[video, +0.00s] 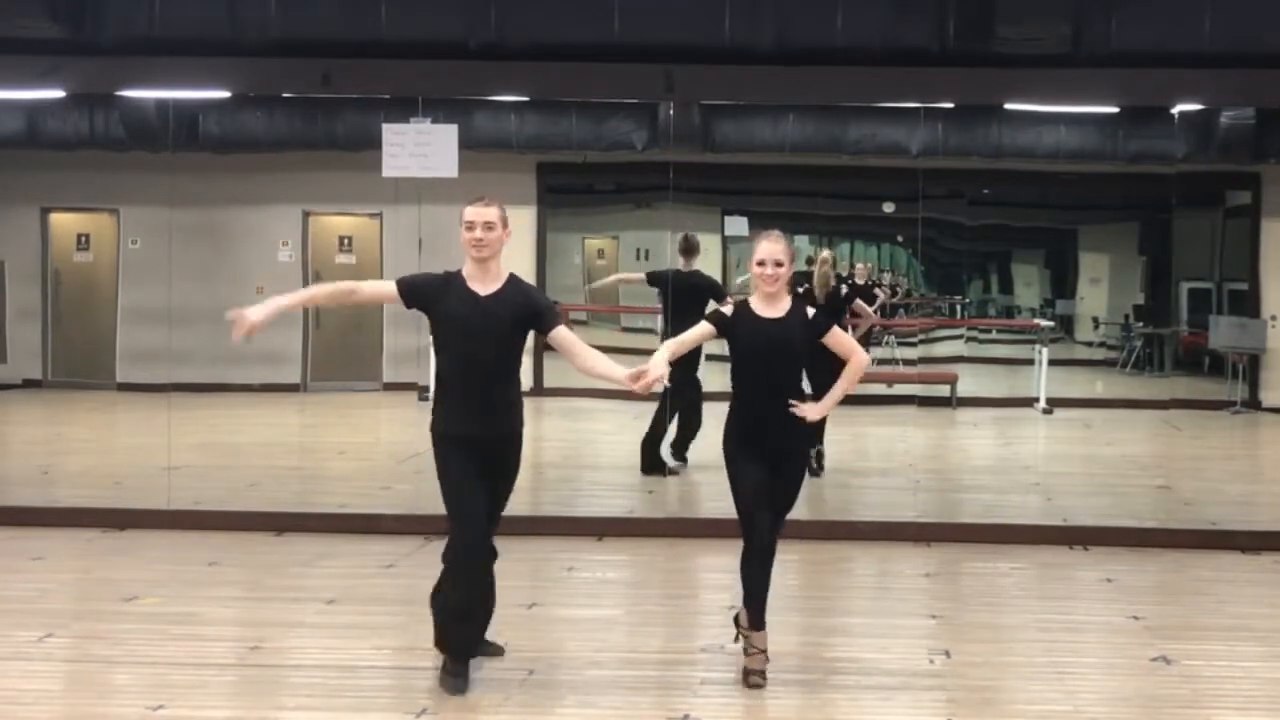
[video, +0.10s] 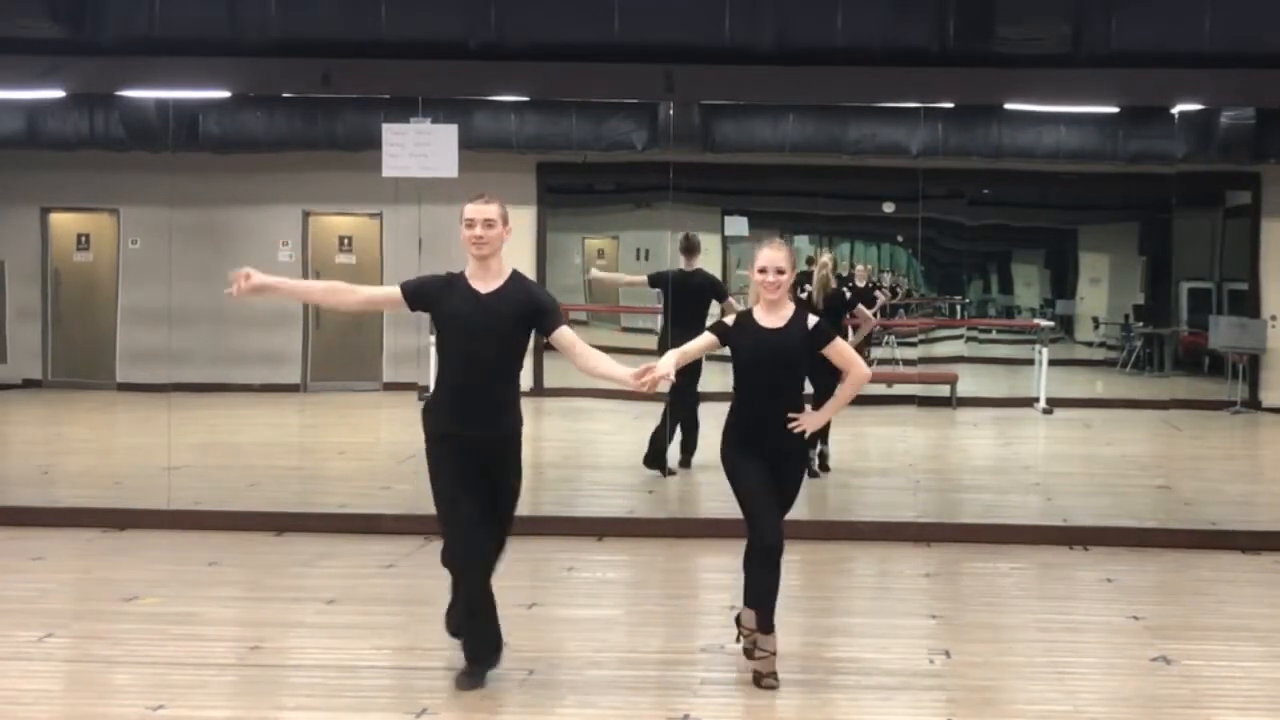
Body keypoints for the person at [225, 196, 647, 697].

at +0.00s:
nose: (478, 236)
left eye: (488, 227)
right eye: (470, 228)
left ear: (507, 234)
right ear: (459, 235)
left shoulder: (526, 299)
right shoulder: (437, 289)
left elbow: (579, 351)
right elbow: (354, 291)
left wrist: (625, 378)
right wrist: (276, 304)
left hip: (503, 437)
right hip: (454, 435)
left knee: (478, 537)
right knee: (472, 538)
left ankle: (462, 627)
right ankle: (456, 652)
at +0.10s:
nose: (477, 231)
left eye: (487, 223)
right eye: (470, 224)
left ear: (507, 232)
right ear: (460, 232)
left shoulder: (528, 296)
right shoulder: (439, 289)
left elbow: (579, 350)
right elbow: (351, 296)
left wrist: (627, 378)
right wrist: (268, 283)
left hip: (501, 433)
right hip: (446, 431)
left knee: (492, 539)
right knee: (465, 542)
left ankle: (462, 606)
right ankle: (481, 652)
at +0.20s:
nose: (474, 233)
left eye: (484, 224)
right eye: (467, 225)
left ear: (506, 232)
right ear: (458, 233)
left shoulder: (532, 296)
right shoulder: (441, 296)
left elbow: (586, 354)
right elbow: (358, 317)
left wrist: (632, 373)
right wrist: (278, 295)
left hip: (495, 436)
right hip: (439, 434)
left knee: (510, 550)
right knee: (459, 548)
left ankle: (498, 643)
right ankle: (486, 653)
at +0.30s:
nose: (470, 234)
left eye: (480, 226)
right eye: (463, 227)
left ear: (502, 234)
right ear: (455, 235)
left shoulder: (529, 296)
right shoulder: (440, 297)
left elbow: (584, 352)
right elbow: (359, 327)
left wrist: (628, 372)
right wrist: (273, 315)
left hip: (492, 431)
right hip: (441, 429)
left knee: (469, 536)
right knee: (462, 541)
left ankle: (535, 619)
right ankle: (487, 655)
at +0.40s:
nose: (466, 233)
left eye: (477, 225)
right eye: (459, 225)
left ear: (498, 233)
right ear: (452, 233)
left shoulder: (526, 295)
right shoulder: (437, 296)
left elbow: (579, 349)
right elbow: (349, 322)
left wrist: (621, 378)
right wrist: (265, 318)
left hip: (494, 431)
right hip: (444, 429)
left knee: (463, 534)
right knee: (457, 539)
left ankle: (496, 653)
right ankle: (483, 650)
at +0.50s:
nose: (465, 230)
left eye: (476, 222)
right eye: (458, 222)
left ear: (498, 231)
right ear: (451, 230)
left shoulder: (519, 297)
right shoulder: (430, 288)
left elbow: (568, 351)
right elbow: (342, 300)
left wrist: (609, 382)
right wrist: (260, 299)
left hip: (502, 444)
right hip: (446, 441)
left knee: (474, 561)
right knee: (445, 559)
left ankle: (434, 680)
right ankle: (489, 639)